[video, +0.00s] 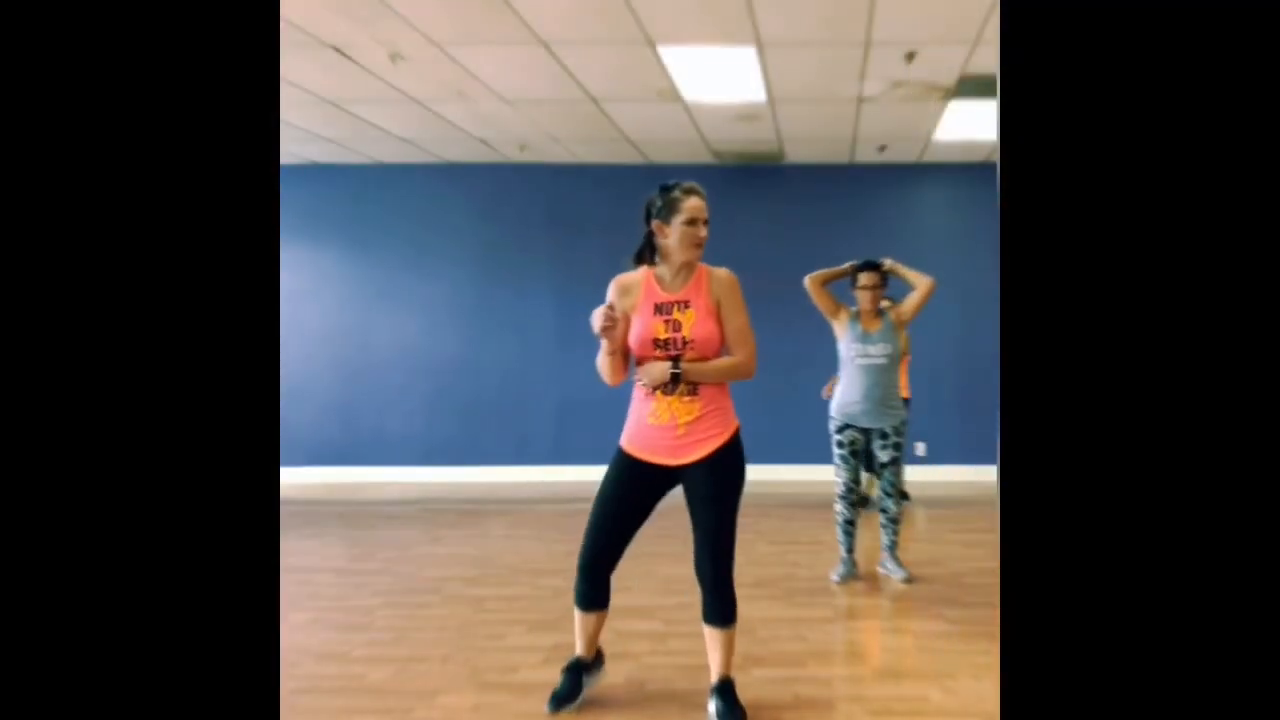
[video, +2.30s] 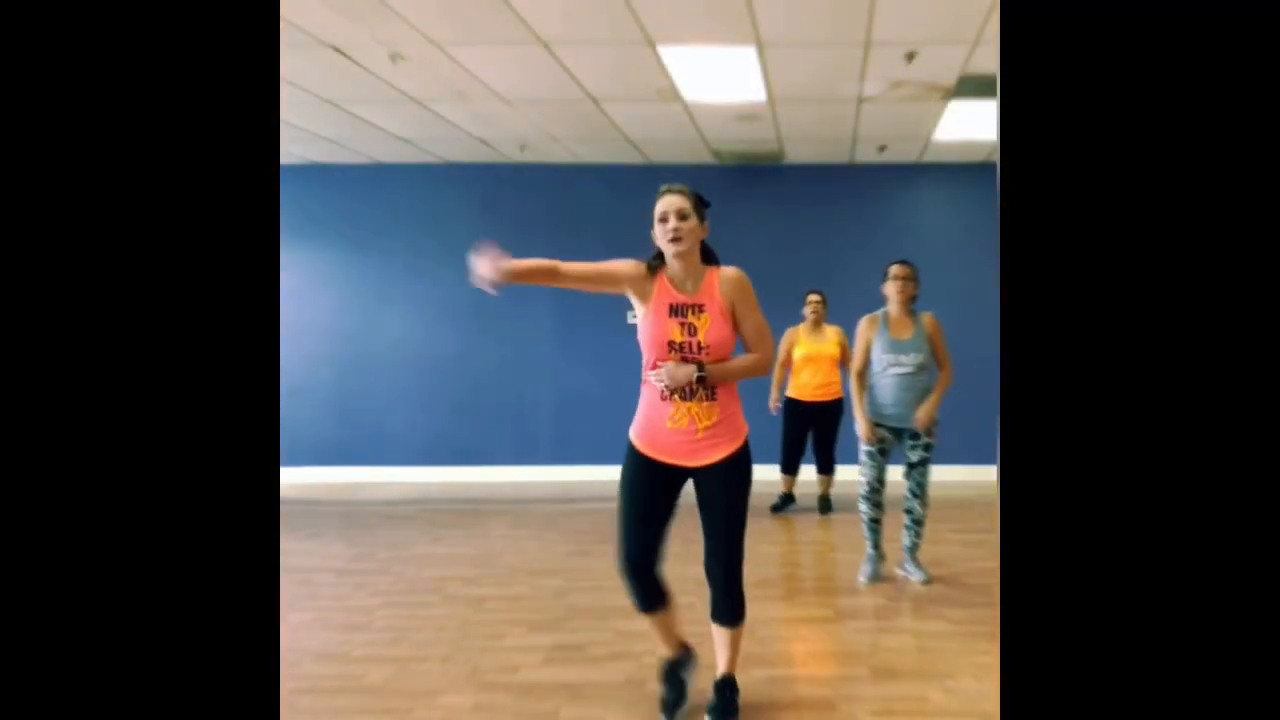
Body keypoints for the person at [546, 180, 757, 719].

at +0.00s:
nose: (702, 232)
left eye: (705, 223)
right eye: (691, 224)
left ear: (706, 228)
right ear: (659, 229)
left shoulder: (721, 283)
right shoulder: (627, 288)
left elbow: (745, 364)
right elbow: (613, 376)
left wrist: (678, 368)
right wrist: (610, 339)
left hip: (712, 445)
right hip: (644, 446)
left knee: (714, 571)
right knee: (593, 562)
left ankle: (722, 687)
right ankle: (584, 660)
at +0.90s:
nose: (644, 236)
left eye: (644, 226)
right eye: (634, 227)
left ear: (634, 233)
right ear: (599, 233)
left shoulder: (649, 295)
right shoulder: (555, 289)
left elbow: (667, 374)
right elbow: (528, 377)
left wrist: (620, 377)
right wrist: (557, 344)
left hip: (634, 457)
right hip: (560, 457)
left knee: (682, 572)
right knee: (556, 580)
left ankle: (714, 686)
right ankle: (545, 690)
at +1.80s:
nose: (631, 233)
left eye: (640, 223)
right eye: (621, 227)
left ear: (659, 227)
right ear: (610, 238)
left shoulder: (694, 286)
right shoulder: (603, 288)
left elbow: (724, 368)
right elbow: (556, 338)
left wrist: (656, 374)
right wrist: (595, 274)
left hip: (674, 453)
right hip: (602, 447)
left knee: (690, 578)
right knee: (575, 572)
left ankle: (718, 684)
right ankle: (547, 689)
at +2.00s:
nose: (656, 229)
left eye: (664, 218)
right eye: (646, 222)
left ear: (685, 221)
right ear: (637, 232)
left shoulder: (718, 278)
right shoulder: (631, 285)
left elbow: (753, 357)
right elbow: (575, 329)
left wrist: (687, 368)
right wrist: (612, 264)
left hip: (710, 444)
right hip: (642, 442)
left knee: (711, 572)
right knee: (605, 568)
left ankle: (722, 686)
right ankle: (586, 678)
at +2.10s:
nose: (664, 223)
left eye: (673, 212)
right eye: (654, 215)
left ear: (694, 215)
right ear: (645, 224)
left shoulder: (725, 271)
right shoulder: (637, 279)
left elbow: (760, 348)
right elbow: (568, 319)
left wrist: (693, 361)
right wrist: (610, 265)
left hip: (714, 439)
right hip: (647, 437)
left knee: (718, 568)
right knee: (632, 566)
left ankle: (722, 683)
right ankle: (657, 658)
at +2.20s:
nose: (670, 225)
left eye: (679, 215)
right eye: (661, 217)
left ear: (700, 221)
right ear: (651, 227)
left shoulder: (729, 274)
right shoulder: (639, 272)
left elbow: (764, 350)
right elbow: (560, 275)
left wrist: (697, 363)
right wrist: (559, 283)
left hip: (715, 442)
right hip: (649, 442)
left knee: (720, 567)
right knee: (668, 571)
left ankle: (725, 683)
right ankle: (696, 669)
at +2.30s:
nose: (672, 226)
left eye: (682, 217)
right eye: (663, 219)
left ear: (703, 225)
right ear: (654, 231)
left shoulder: (730, 283)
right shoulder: (640, 278)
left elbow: (763, 357)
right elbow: (559, 272)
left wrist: (700, 370)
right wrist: (502, 269)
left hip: (721, 445)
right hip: (654, 445)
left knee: (724, 569)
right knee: (636, 564)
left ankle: (726, 684)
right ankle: (677, 654)